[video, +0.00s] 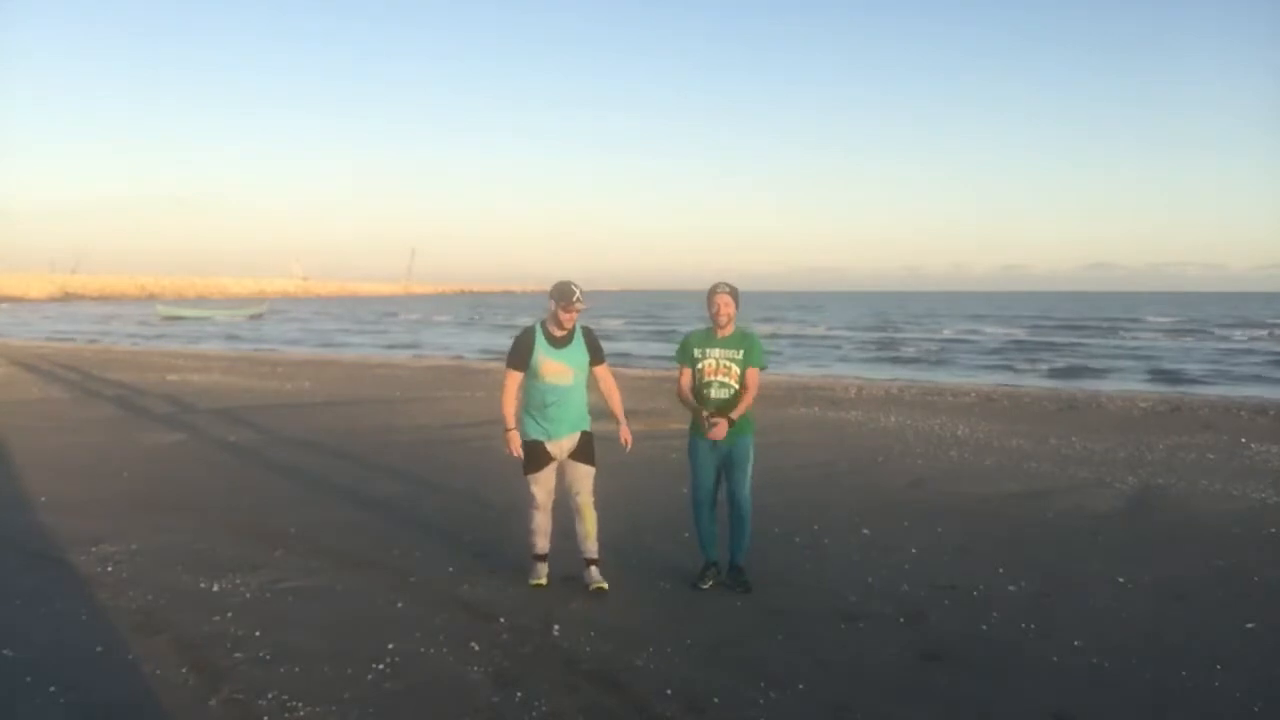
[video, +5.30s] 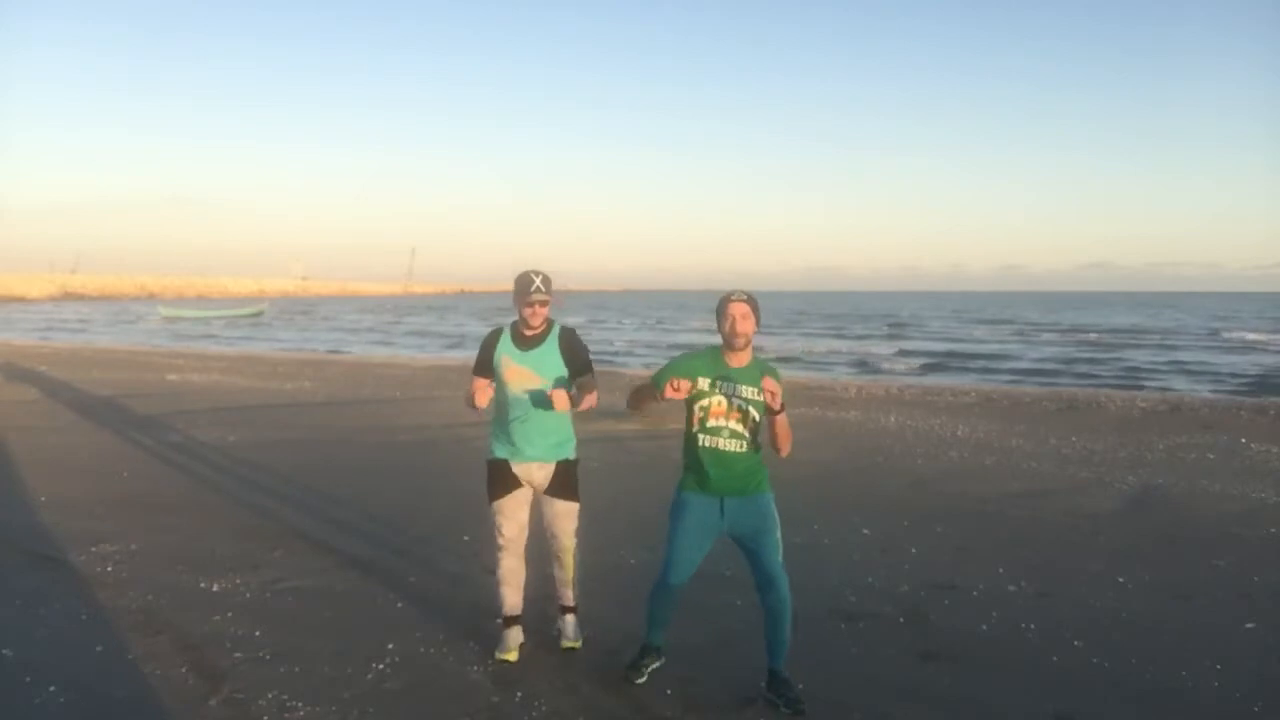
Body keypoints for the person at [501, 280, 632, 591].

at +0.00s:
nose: (571, 315)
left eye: (576, 309)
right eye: (565, 309)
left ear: (580, 309)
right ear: (552, 305)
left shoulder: (586, 339)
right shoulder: (529, 338)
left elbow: (606, 380)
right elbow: (510, 387)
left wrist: (622, 421)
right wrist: (510, 429)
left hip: (578, 432)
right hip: (538, 434)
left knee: (584, 500)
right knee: (540, 501)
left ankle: (592, 566)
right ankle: (540, 562)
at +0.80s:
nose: (589, 307)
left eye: (594, 301)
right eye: (583, 301)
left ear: (601, 302)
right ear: (574, 302)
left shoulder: (617, 335)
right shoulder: (559, 339)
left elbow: (633, 383)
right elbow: (547, 387)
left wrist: (642, 424)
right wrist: (542, 432)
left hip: (612, 430)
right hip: (571, 431)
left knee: (615, 498)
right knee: (562, 498)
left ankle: (615, 559)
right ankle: (549, 558)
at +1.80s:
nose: (552, 313)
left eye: (558, 308)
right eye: (547, 307)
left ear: (564, 309)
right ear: (536, 306)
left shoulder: (575, 340)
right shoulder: (514, 339)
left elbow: (593, 385)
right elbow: (497, 383)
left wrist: (603, 426)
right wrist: (486, 426)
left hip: (567, 436)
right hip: (522, 436)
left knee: (585, 498)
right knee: (513, 501)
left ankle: (604, 559)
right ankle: (504, 563)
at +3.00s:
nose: (504, 325)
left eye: (509, 319)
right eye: (499, 319)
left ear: (519, 316)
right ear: (490, 316)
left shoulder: (533, 339)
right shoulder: (474, 343)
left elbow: (562, 371)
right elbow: (458, 378)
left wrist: (565, 386)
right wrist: (446, 403)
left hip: (526, 440)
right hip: (481, 439)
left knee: (539, 511)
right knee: (472, 508)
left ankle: (547, 563)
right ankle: (470, 573)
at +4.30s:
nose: (524, 316)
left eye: (531, 309)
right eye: (518, 309)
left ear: (540, 310)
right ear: (508, 311)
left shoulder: (560, 340)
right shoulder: (492, 348)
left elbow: (587, 380)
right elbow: (474, 393)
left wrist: (587, 422)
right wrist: (484, 440)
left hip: (562, 450)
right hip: (514, 454)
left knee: (573, 529)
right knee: (499, 525)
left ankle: (581, 606)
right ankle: (481, 576)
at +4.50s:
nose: (548, 315)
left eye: (555, 308)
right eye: (542, 308)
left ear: (564, 308)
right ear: (532, 309)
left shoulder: (582, 343)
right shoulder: (513, 348)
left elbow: (610, 389)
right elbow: (493, 395)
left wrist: (617, 431)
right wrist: (494, 439)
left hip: (574, 454)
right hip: (527, 456)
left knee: (576, 532)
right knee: (523, 532)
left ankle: (581, 609)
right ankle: (529, 591)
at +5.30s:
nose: (536, 311)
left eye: (542, 304)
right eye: (529, 304)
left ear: (550, 304)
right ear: (516, 303)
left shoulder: (566, 339)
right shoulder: (496, 341)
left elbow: (590, 393)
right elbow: (477, 398)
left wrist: (575, 401)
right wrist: (479, 397)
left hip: (559, 458)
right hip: (508, 457)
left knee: (563, 543)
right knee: (508, 544)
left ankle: (568, 615)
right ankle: (511, 625)